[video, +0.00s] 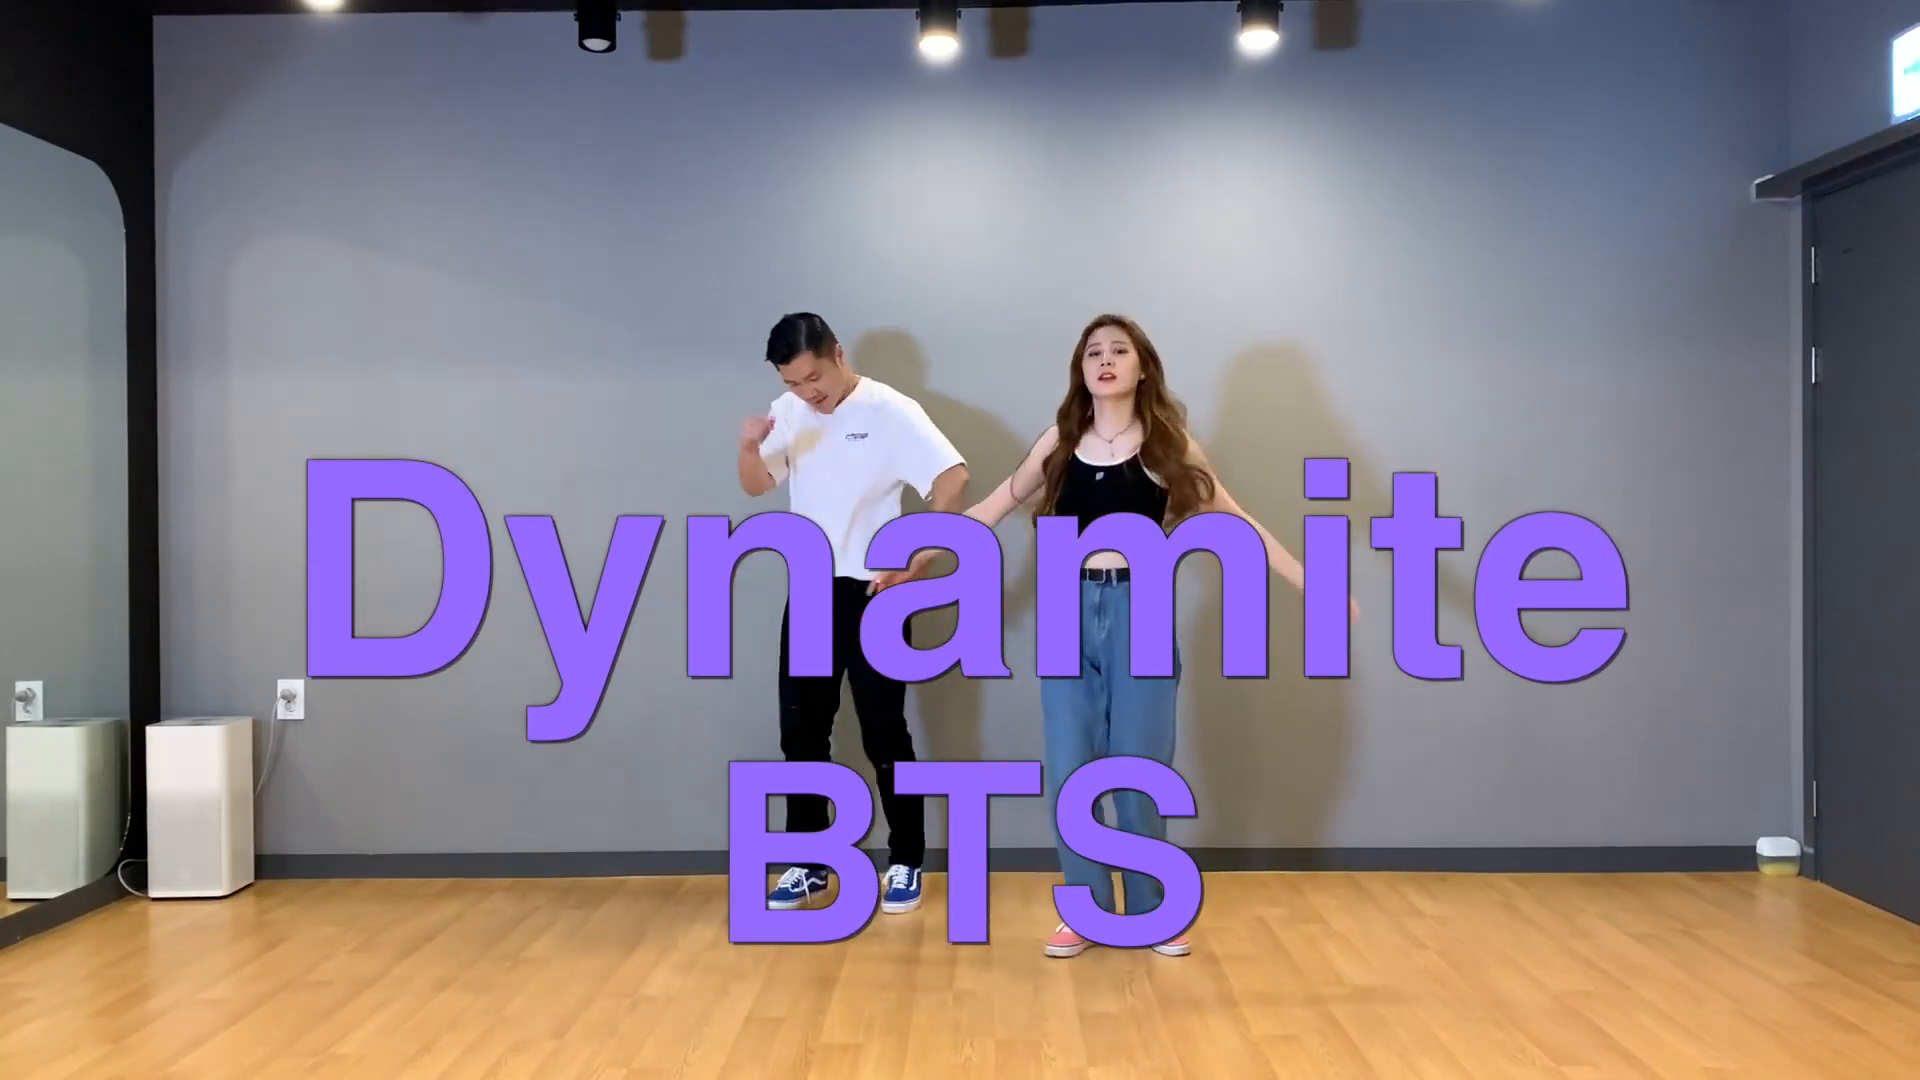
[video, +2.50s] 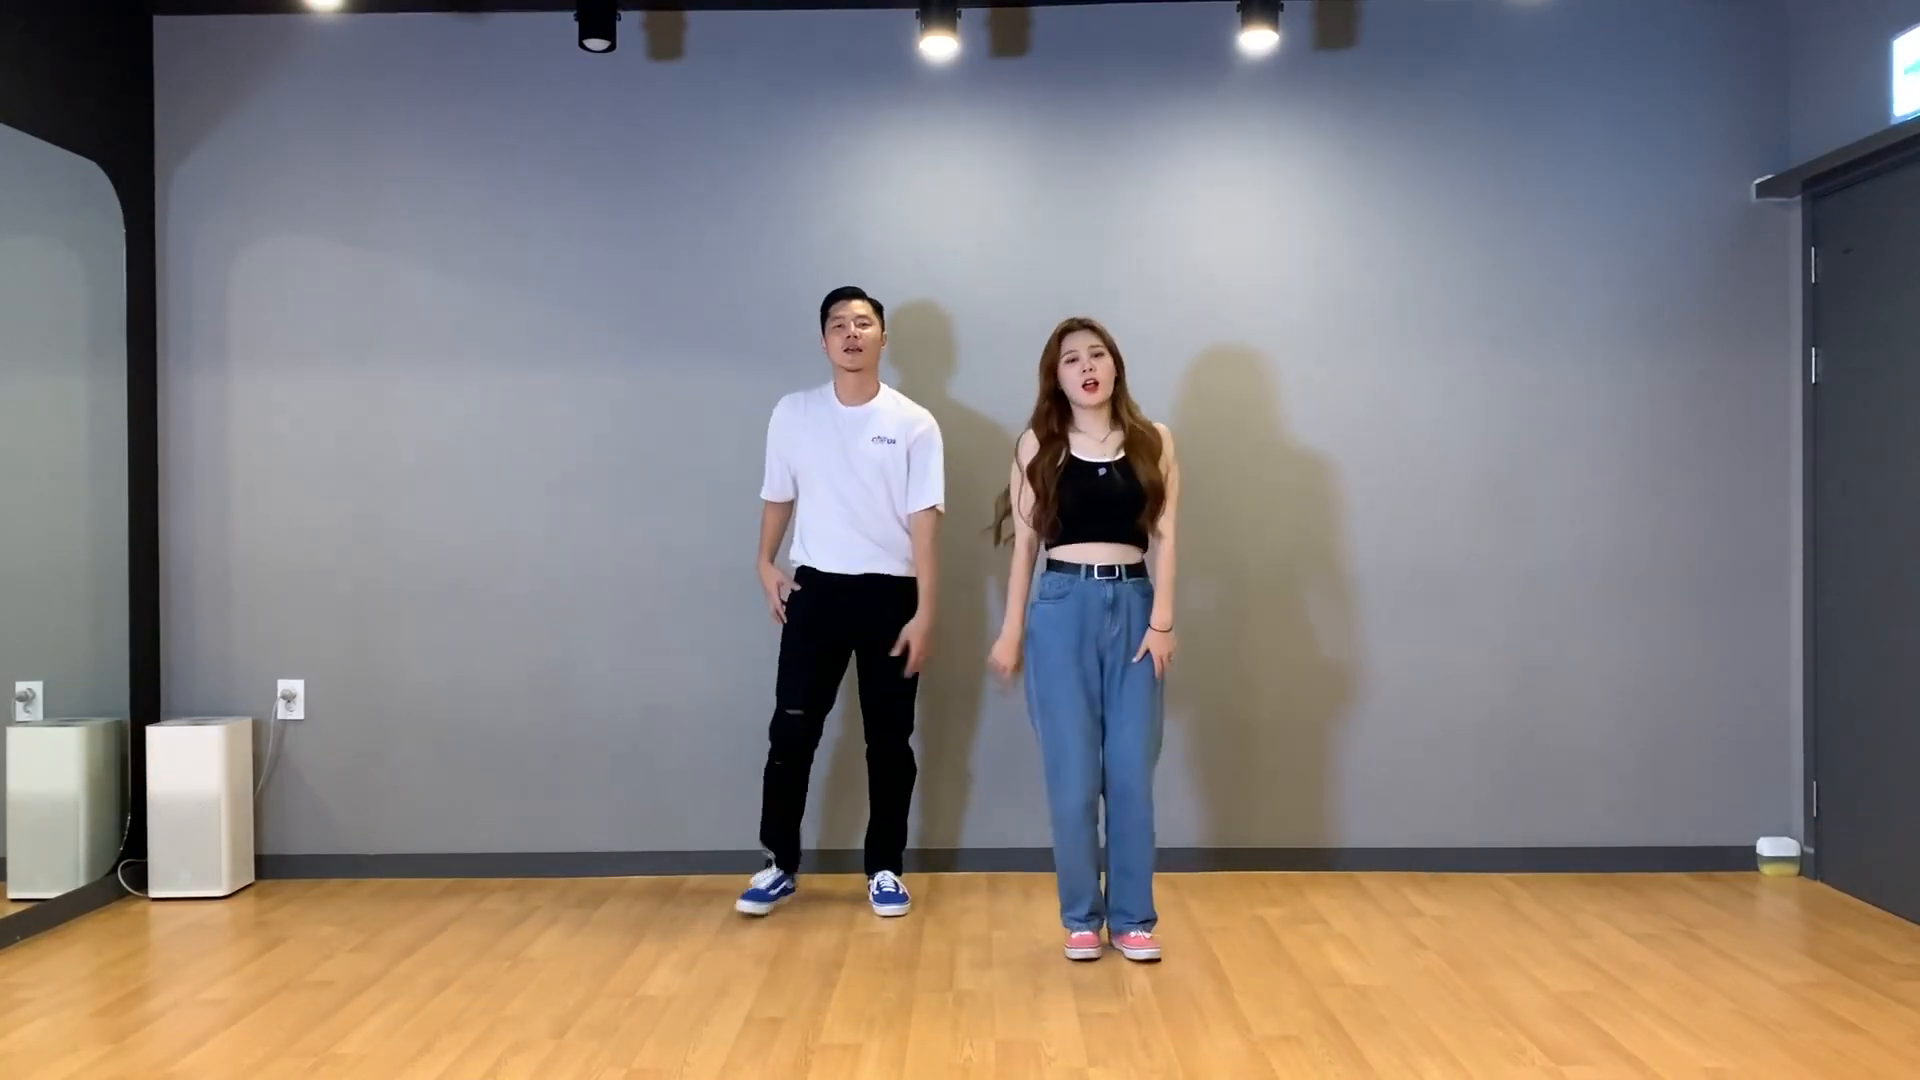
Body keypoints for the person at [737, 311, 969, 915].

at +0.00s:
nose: (808, 395)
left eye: (814, 380)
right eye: (796, 385)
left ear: (839, 354)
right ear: (784, 376)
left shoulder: (889, 410)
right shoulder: (790, 409)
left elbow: (952, 476)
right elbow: (757, 485)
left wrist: (918, 563)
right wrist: (748, 448)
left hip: (872, 591)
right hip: (807, 591)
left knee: (884, 734)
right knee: (801, 731)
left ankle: (905, 862)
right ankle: (809, 863)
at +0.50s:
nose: (840, 369)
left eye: (852, 359)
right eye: (827, 361)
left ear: (869, 375)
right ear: (810, 378)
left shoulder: (900, 459)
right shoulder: (780, 454)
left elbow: (921, 557)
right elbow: (768, 545)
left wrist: (903, 523)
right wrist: (766, 623)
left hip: (887, 620)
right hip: (812, 620)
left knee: (923, 754)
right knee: (817, 759)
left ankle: (885, 871)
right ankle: (803, 877)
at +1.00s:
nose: (815, 328)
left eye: (828, 320)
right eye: (803, 322)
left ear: (850, 339)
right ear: (790, 344)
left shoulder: (892, 411)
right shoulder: (769, 420)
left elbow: (965, 454)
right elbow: (701, 479)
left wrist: (996, 405)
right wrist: (642, 430)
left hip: (870, 595)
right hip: (796, 596)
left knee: (870, 740)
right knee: (795, 742)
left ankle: (868, 867)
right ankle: (799, 874)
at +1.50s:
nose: (845, 380)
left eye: (856, 368)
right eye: (832, 369)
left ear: (873, 375)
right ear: (815, 377)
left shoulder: (894, 460)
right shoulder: (779, 432)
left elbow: (926, 547)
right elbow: (713, 486)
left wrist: (958, 485)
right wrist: (653, 485)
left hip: (878, 617)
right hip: (805, 614)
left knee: (908, 747)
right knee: (805, 755)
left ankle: (868, 861)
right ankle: (784, 874)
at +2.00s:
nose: (821, 335)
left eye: (832, 325)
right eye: (809, 326)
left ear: (850, 337)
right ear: (790, 340)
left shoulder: (892, 407)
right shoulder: (770, 424)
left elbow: (926, 494)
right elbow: (773, 521)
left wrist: (925, 573)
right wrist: (767, 602)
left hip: (881, 588)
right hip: (802, 593)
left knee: (884, 735)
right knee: (794, 735)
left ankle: (886, 869)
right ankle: (792, 868)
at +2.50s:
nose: (852, 331)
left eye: (864, 322)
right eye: (840, 324)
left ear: (883, 338)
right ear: (824, 342)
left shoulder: (915, 424)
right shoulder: (792, 413)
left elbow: (924, 522)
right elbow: (779, 497)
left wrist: (925, 612)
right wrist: (765, 560)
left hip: (891, 595)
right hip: (815, 593)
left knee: (890, 743)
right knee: (790, 733)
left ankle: (885, 869)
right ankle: (780, 865)